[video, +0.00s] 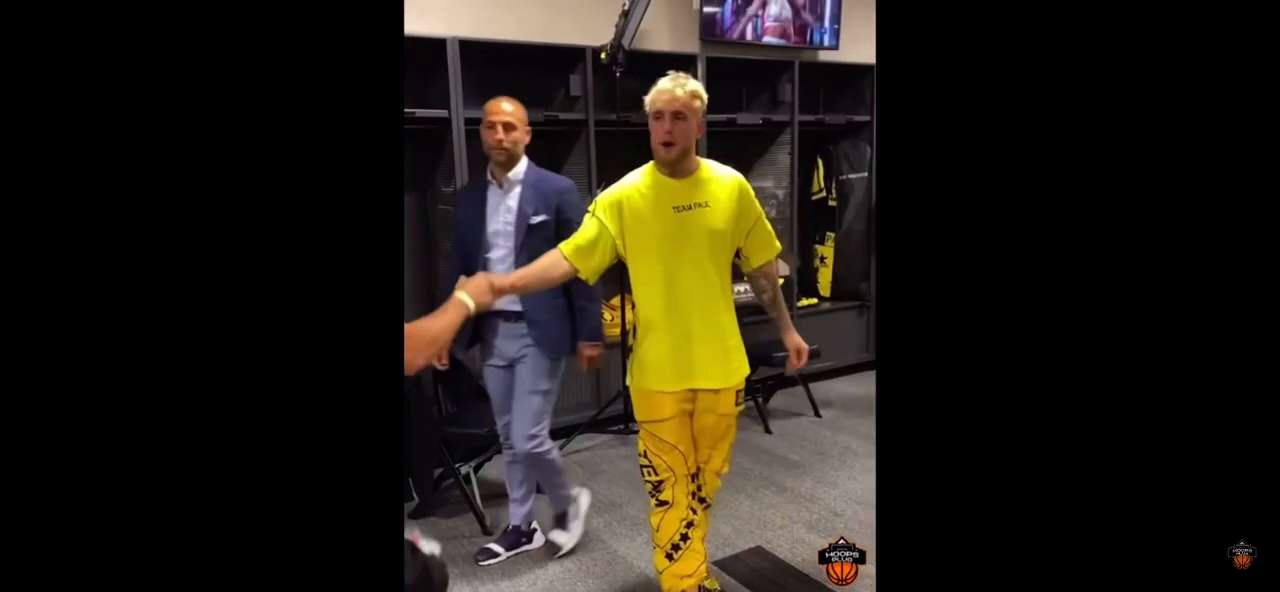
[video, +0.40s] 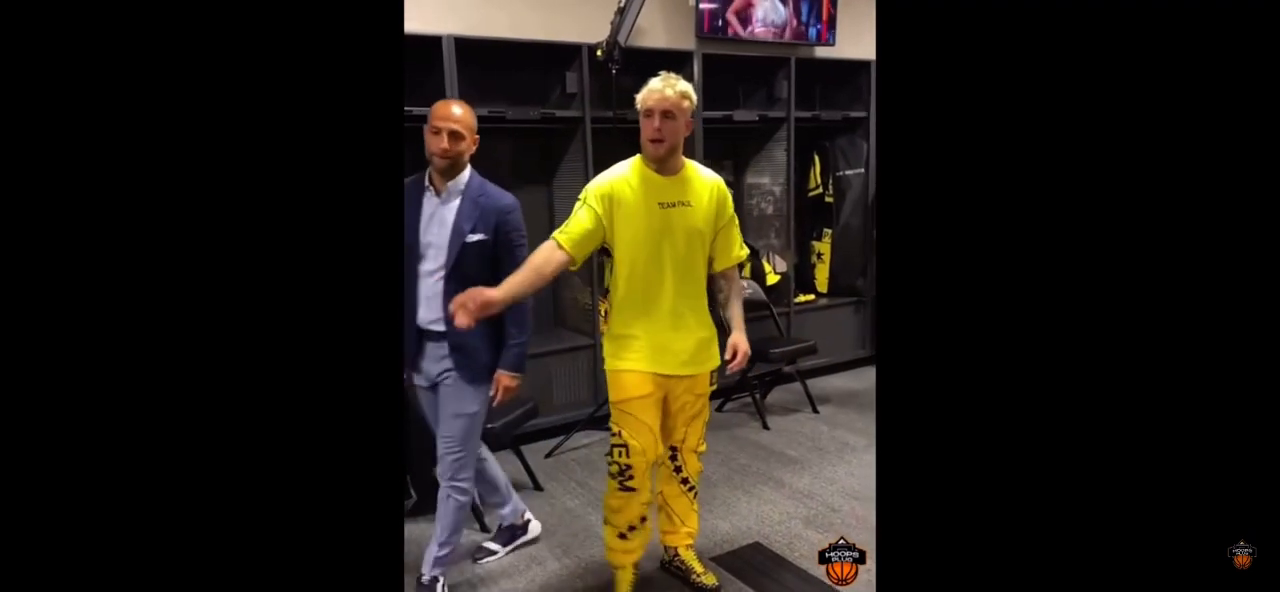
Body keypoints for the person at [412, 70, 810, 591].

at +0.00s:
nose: (667, 128)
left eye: (679, 117)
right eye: (659, 117)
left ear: (700, 126)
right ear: (648, 124)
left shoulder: (731, 188)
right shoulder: (624, 198)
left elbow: (765, 267)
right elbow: (569, 258)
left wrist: (788, 329)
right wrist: (500, 285)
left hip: (720, 362)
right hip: (655, 366)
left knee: (706, 483)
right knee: (673, 492)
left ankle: (686, 568)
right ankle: (685, 583)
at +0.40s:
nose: (655, 125)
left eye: (667, 116)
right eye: (647, 115)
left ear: (689, 125)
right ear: (637, 122)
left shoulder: (712, 189)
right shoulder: (611, 188)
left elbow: (727, 270)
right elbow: (559, 250)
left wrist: (737, 326)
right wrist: (500, 294)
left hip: (694, 343)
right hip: (631, 345)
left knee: (686, 455)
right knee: (633, 458)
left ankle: (680, 548)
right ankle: (625, 567)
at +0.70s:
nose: (650, 119)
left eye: (662, 109)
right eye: (642, 109)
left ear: (683, 116)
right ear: (631, 117)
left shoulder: (711, 184)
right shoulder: (609, 187)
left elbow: (734, 268)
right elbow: (604, 273)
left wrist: (745, 336)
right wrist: (608, 345)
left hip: (701, 345)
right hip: (633, 347)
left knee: (706, 450)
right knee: (618, 451)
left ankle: (709, 541)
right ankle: (606, 538)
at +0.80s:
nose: (662, 116)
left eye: (672, 105)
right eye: (653, 107)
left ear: (694, 112)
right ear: (642, 114)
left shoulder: (727, 178)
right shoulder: (621, 185)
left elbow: (750, 262)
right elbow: (609, 266)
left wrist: (761, 329)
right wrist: (598, 336)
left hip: (717, 337)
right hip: (646, 340)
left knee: (728, 443)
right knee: (638, 445)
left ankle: (734, 536)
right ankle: (634, 533)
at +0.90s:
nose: (683, 114)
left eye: (694, 104)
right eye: (675, 105)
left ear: (717, 108)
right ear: (665, 112)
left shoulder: (756, 173)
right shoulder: (648, 182)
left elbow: (780, 257)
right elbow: (626, 260)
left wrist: (790, 328)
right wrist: (604, 327)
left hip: (744, 334)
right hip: (674, 337)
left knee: (761, 441)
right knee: (671, 442)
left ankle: (774, 536)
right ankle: (671, 531)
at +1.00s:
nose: (717, 112)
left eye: (728, 101)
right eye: (709, 103)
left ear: (755, 104)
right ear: (700, 109)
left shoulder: (794, 167)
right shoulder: (685, 177)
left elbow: (817, 251)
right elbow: (658, 254)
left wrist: (827, 326)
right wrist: (632, 323)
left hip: (784, 331)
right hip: (711, 334)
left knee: (806, 439)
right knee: (713, 439)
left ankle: (824, 536)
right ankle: (718, 526)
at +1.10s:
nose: (762, 107)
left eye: (773, 96)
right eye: (752, 98)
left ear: (800, 99)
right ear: (744, 104)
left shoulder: (839, 162)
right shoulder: (728, 173)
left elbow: (861, 252)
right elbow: (701, 254)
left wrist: (867, 328)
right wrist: (678, 324)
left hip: (828, 329)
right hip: (753, 331)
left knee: (855, 440)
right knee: (760, 436)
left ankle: (868, 532)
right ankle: (769, 524)